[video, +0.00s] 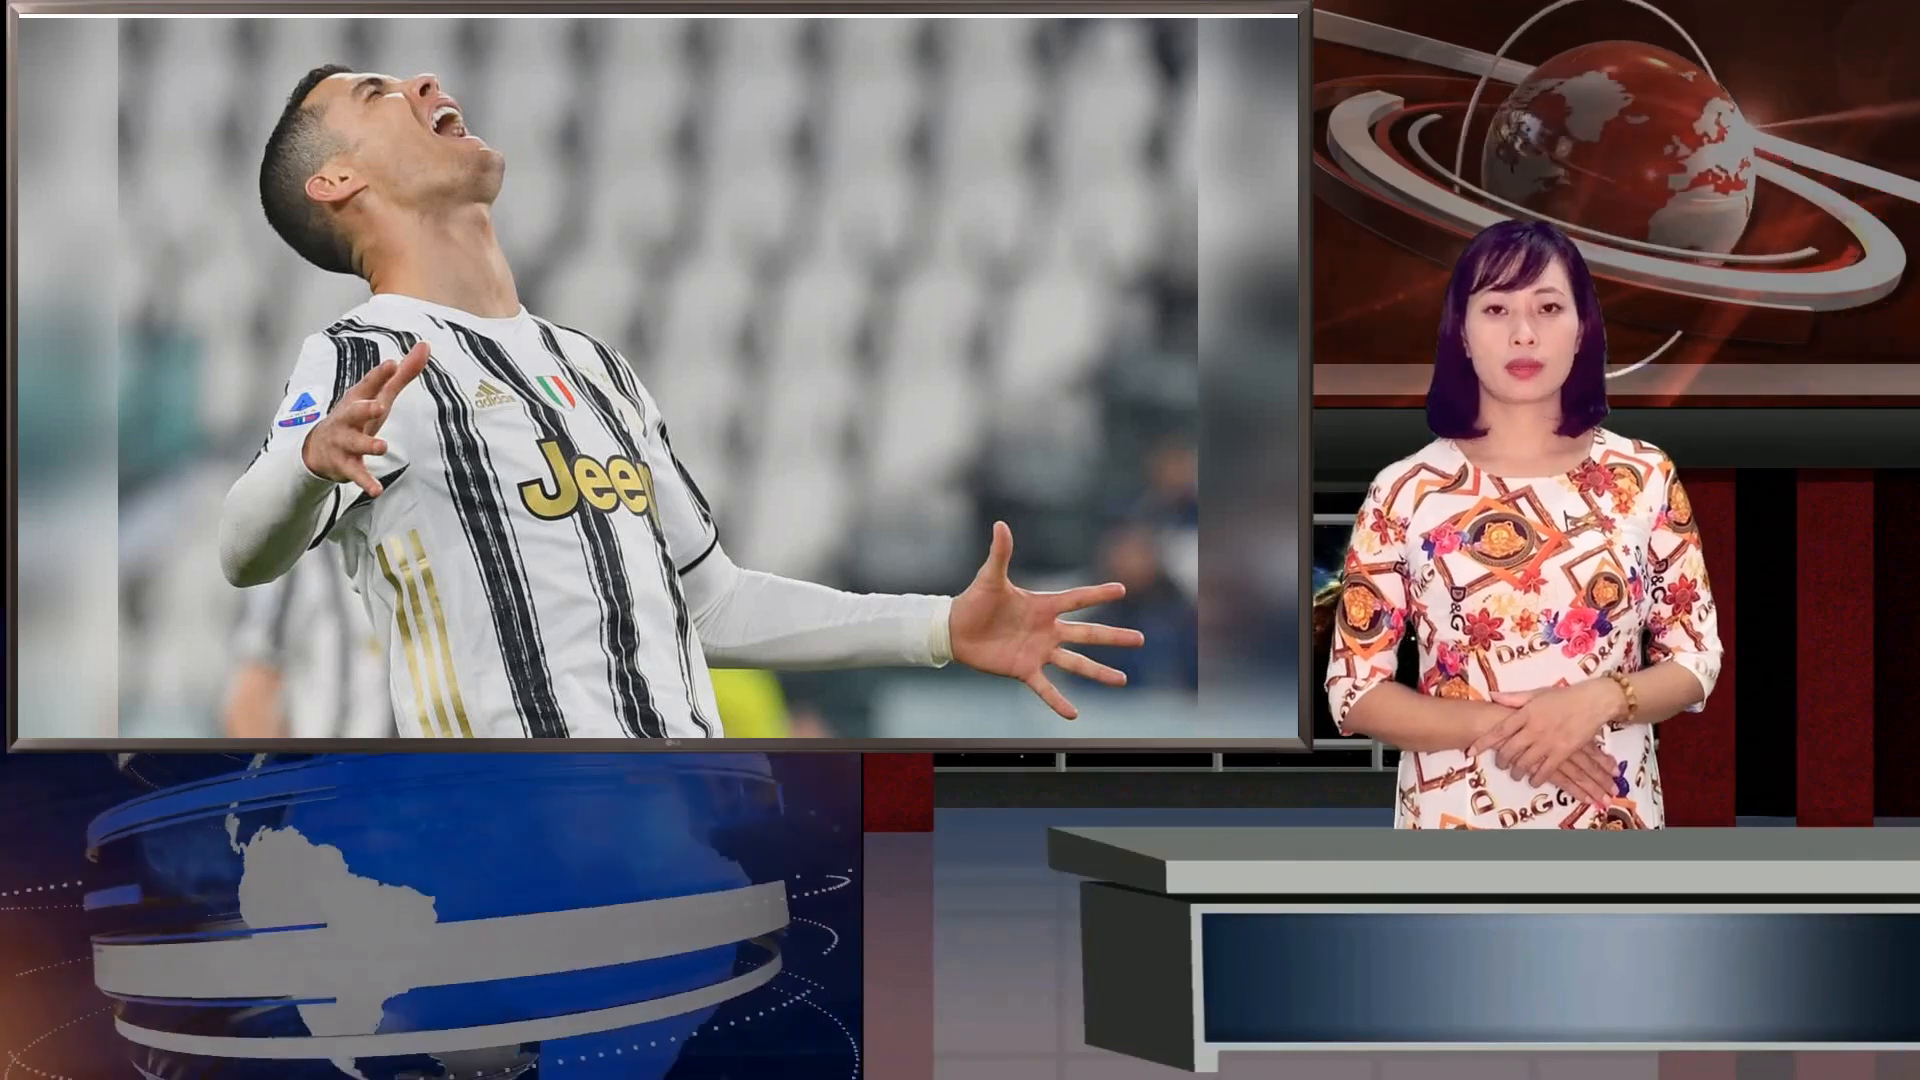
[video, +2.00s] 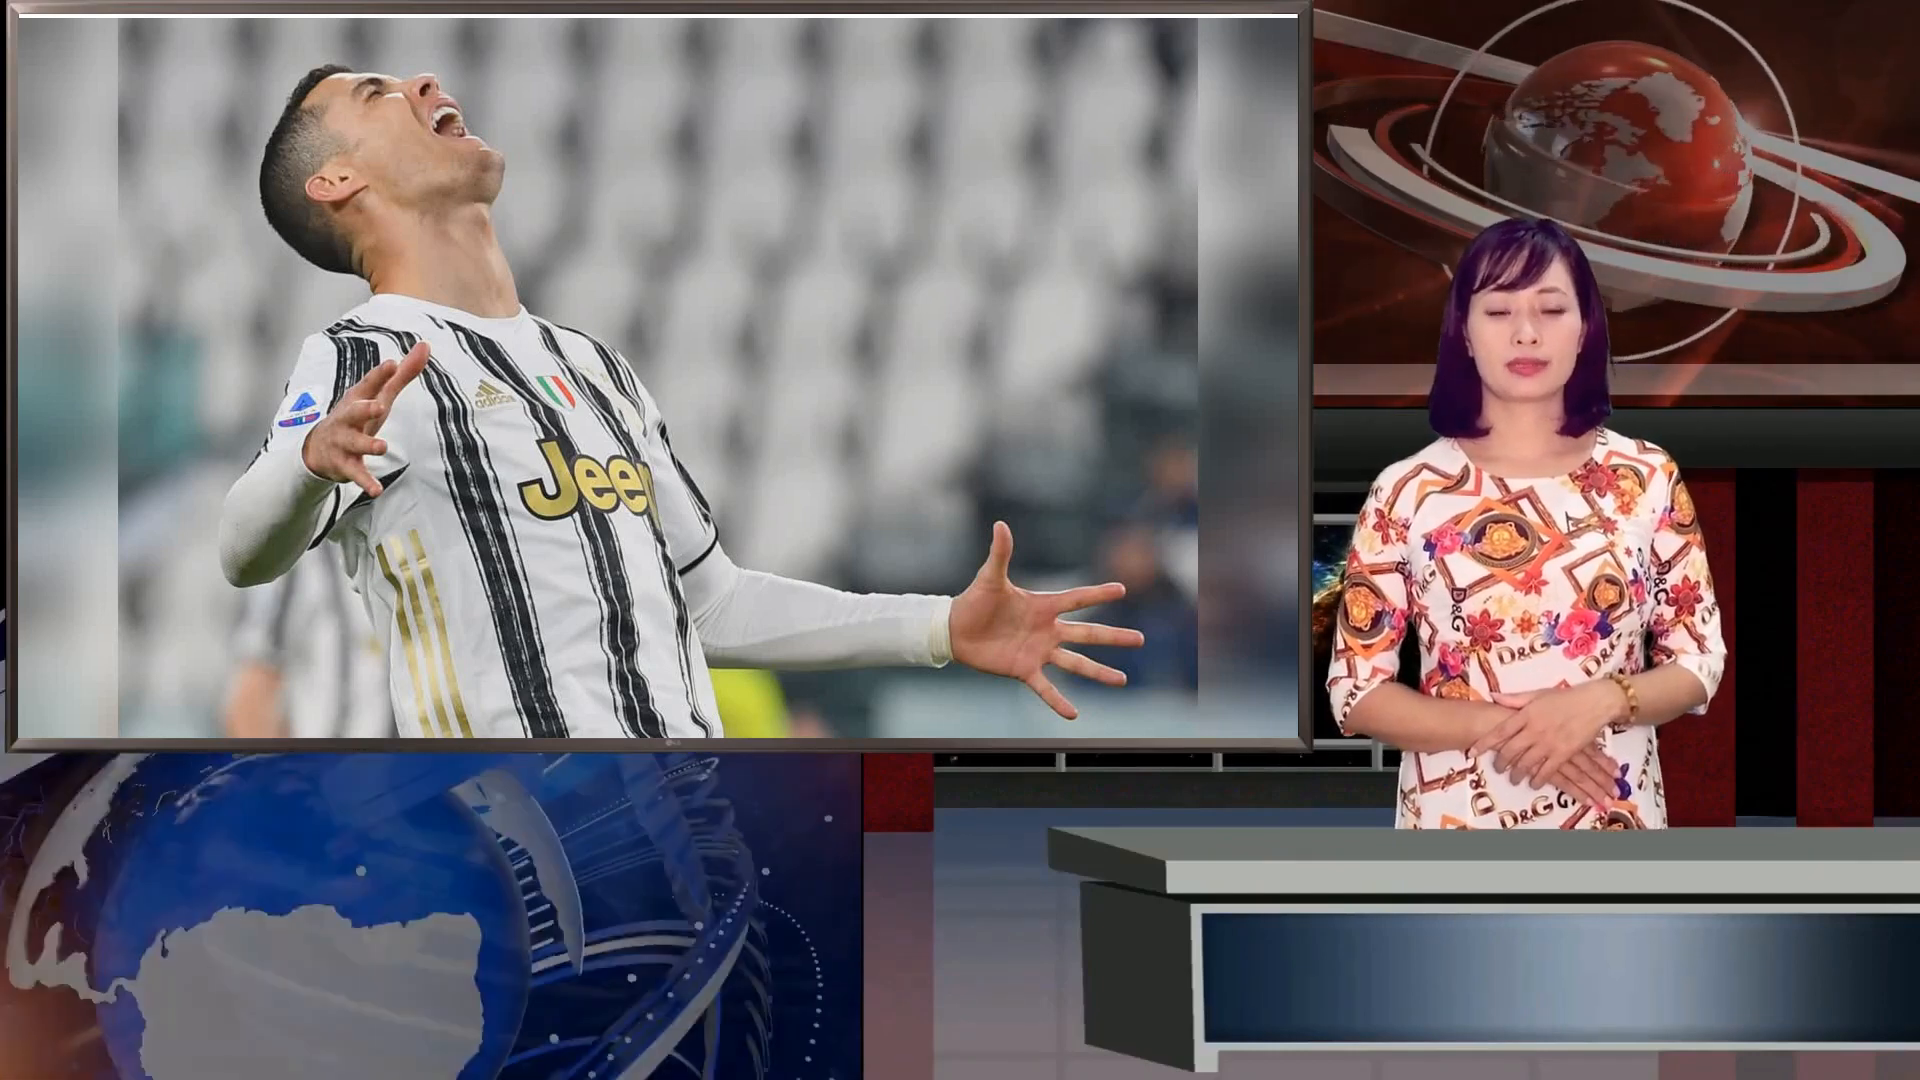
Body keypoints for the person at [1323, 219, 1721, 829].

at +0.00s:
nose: (1523, 332)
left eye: (1548, 308)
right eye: (1496, 309)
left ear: (1582, 328)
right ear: (1461, 331)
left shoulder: (1643, 479)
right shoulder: (1404, 493)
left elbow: (1696, 659)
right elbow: (1354, 691)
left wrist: (1598, 699)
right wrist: (1512, 730)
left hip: (1611, 832)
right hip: (1454, 832)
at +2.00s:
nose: (1526, 332)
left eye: (1552, 309)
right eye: (1498, 311)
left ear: (1586, 326)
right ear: (1463, 330)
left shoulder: (1645, 478)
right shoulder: (1405, 492)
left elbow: (1698, 662)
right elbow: (1355, 691)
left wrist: (1599, 701)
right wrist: (1509, 730)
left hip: (1612, 833)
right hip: (1455, 832)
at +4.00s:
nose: (1532, 329)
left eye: (1557, 305)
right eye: (1504, 307)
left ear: (1590, 325)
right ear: (1467, 328)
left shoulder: (1650, 478)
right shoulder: (1409, 492)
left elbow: (1704, 661)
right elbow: (1359, 691)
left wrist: (1606, 702)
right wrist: (1517, 732)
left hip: (1617, 830)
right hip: (1460, 831)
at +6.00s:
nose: (1531, 329)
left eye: (1555, 305)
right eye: (1502, 307)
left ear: (1588, 326)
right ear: (1466, 328)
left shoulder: (1647, 479)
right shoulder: (1406, 492)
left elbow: (1704, 668)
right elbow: (1355, 689)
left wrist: (1652, 682)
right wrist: (1498, 724)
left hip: (1613, 833)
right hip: (1456, 832)